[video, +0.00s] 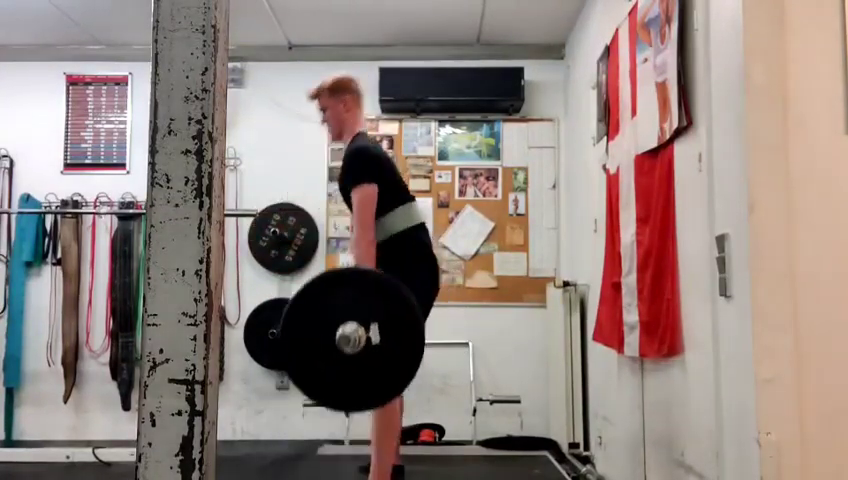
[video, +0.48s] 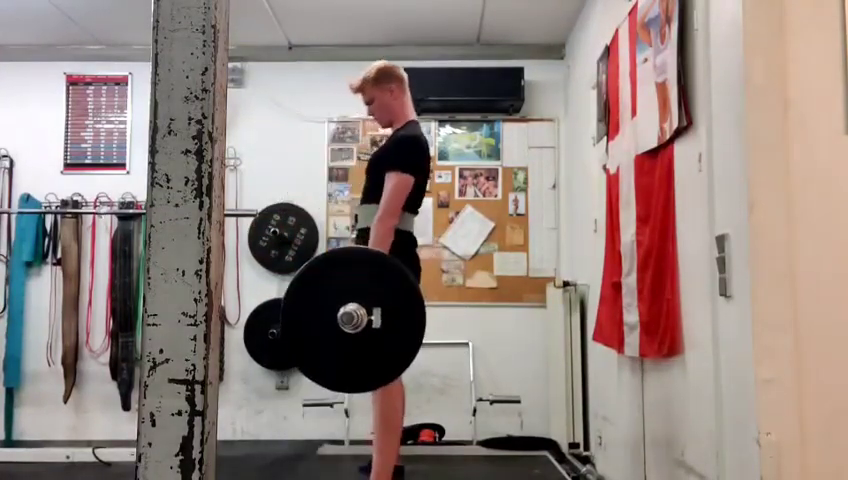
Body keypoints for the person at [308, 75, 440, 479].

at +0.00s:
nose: (323, 120)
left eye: (326, 111)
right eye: (322, 112)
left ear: (346, 106)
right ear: (349, 108)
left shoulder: (362, 155)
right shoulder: (363, 154)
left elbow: (365, 231)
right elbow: (365, 233)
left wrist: (362, 295)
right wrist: (362, 292)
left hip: (407, 271)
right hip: (405, 270)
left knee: (386, 374)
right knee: (386, 373)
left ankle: (382, 471)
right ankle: (387, 466)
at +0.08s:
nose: (332, 113)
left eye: (335, 104)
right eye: (331, 105)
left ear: (355, 99)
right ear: (359, 100)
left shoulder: (368, 147)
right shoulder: (373, 145)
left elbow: (369, 224)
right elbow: (369, 226)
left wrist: (359, 289)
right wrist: (360, 285)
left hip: (397, 271)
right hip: (401, 270)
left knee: (383, 375)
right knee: (387, 374)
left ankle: (380, 473)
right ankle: (387, 467)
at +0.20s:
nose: (351, 105)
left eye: (354, 96)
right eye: (349, 97)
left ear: (377, 91)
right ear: (371, 93)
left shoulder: (389, 140)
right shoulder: (381, 138)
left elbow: (381, 218)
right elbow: (378, 219)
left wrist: (367, 277)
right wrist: (364, 276)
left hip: (393, 261)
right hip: (388, 261)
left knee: (389, 369)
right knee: (386, 368)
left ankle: (386, 472)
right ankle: (386, 466)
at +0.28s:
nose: (359, 109)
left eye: (361, 100)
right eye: (357, 102)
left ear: (383, 93)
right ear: (382, 96)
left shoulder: (399, 140)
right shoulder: (389, 139)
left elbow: (385, 215)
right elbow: (379, 215)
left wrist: (368, 276)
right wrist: (363, 274)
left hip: (392, 258)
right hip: (387, 258)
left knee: (389, 369)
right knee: (386, 368)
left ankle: (385, 472)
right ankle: (386, 467)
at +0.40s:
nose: (369, 114)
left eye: (371, 104)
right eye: (366, 106)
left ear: (392, 93)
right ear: (393, 96)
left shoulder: (408, 142)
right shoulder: (400, 141)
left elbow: (388, 215)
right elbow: (383, 217)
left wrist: (369, 277)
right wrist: (364, 275)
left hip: (392, 260)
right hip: (387, 260)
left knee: (388, 370)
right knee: (385, 370)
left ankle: (383, 474)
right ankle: (384, 468)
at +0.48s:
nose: (371, 113)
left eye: (372, 103)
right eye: (368, 106)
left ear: (392, 93)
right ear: (395, 96)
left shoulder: (409, 141)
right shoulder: (401, 140)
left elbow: (388, 215)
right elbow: (383, 217)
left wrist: (369, 278)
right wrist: (366, 276)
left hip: (391, 259)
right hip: (387, 259)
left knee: (387, 369)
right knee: (383, 369)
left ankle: (382, 474)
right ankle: (383, 468)